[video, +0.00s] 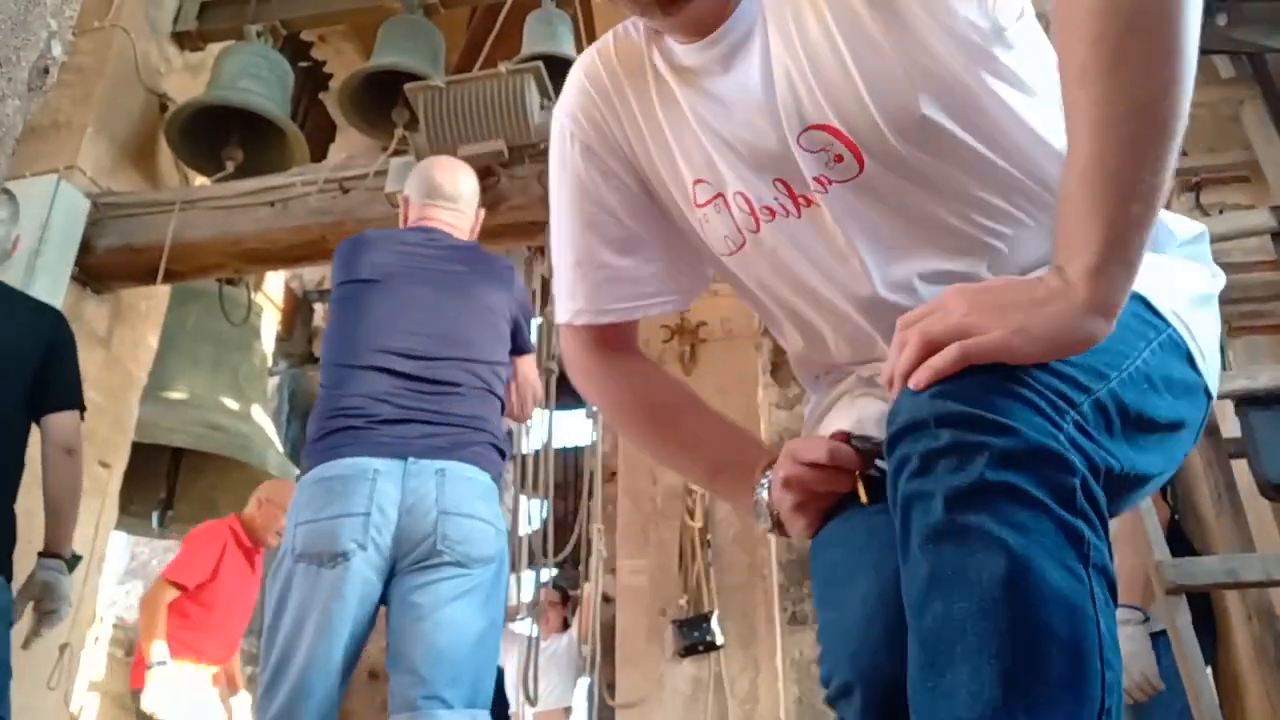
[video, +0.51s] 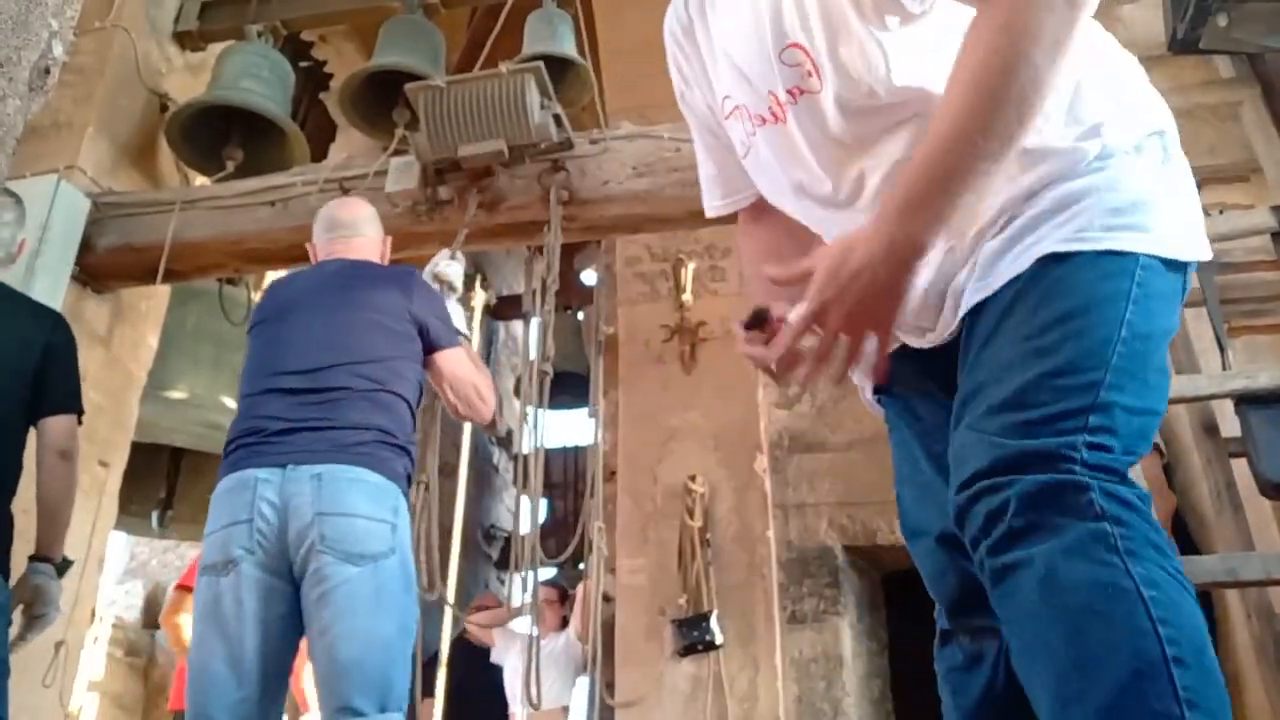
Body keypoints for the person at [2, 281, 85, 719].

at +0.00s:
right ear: (15, 243)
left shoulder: (40, 327)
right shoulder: (38, 326)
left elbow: (65, 445)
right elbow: (65, 445)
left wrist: (54, 557)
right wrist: (55, 557)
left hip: (2, 577)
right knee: (2, 701)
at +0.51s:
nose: (7, 240)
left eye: (6, 228)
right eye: (10, 229)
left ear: (14, 247)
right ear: (18, 247)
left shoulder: (41, 328)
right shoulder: (40, 329)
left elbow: (59, 450)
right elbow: (59, 450)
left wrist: (45, 562)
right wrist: (47, 562)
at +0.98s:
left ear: (10, 257)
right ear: (18, 257)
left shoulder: (44, 333)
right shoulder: (43, 333)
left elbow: (60, 452)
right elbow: (60, 452)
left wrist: (44, 563)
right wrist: (46, 563)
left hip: (3, 567)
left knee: (3, 695)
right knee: (0, 695)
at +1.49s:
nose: (3, 249)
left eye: (20, 243)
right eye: (7, 241)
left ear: (54, 275)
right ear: (53, 281)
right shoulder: (57, 354)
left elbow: (64, 485)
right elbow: (65, 485)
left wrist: (20, 579)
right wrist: (21, 581)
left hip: (7, 563)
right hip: (4, 562)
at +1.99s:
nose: (21, 265)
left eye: (30, 259)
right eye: (29, 258)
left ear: (47, 266)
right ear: (87, 307)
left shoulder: (8, 292)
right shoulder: (93, 383)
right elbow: (70, 503)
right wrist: (19, 566)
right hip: (5, 564)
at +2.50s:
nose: (73, 307)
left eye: (76, 296)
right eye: (75, 295)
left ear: (3, 265)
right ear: (59, 284)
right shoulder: (62, 347)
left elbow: (76, 471)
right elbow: (77, 470)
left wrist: (44, 586)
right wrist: (47, 587)